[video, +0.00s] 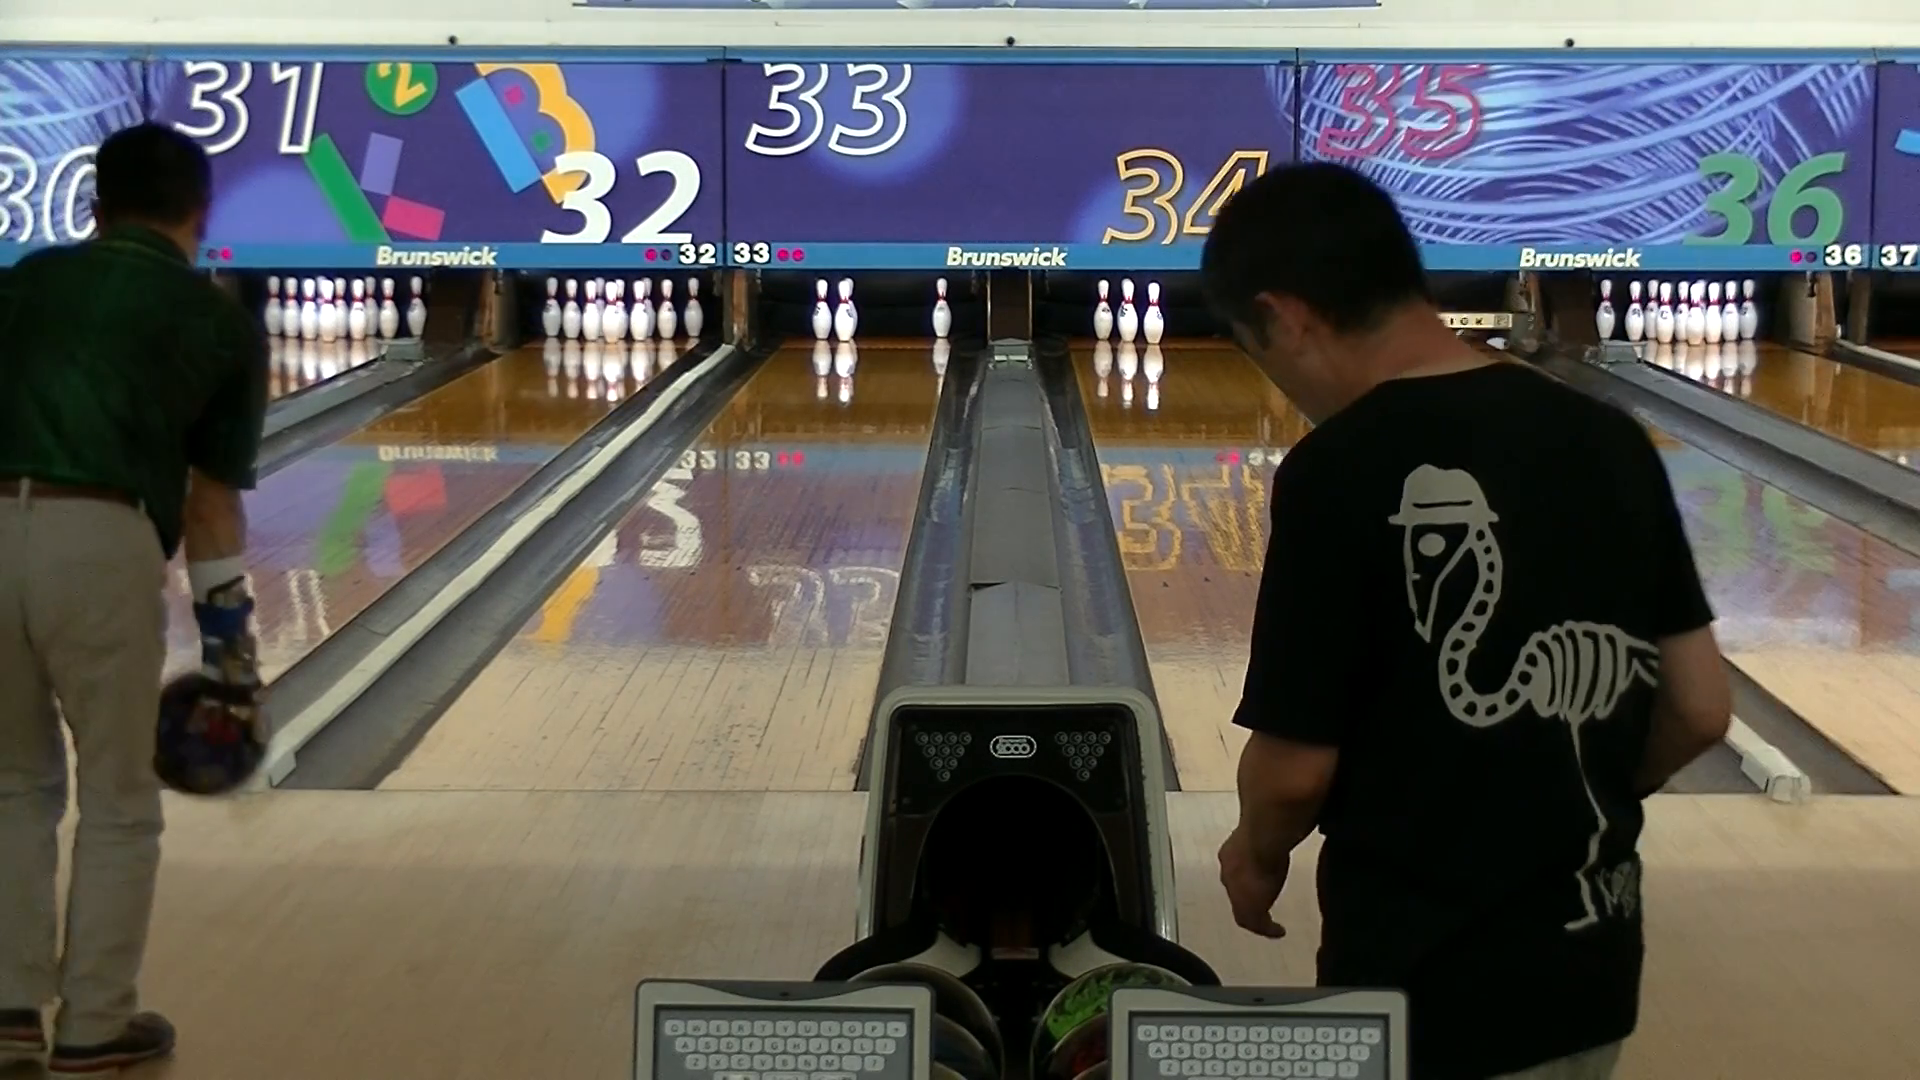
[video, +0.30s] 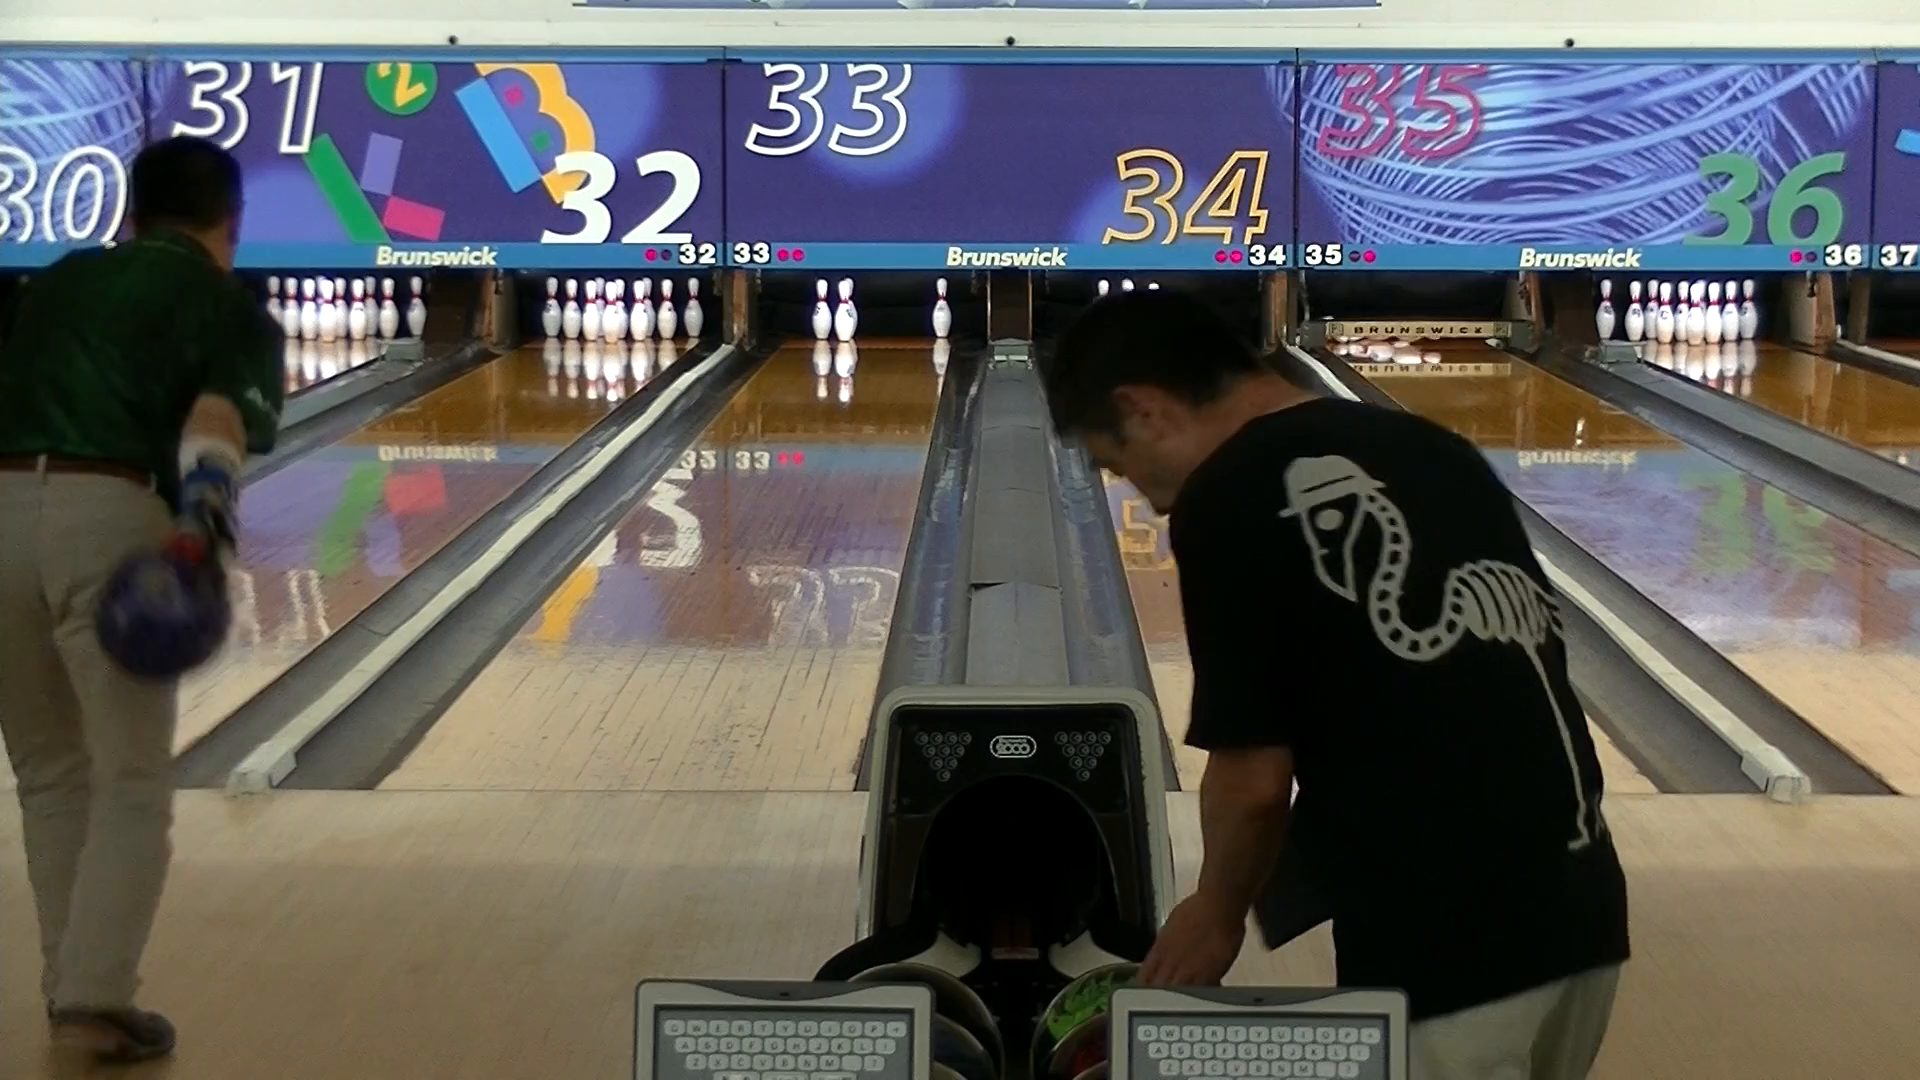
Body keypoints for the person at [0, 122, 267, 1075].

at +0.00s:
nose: (203, 228)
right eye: (203, 215)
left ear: (97, 209)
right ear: (193, 216)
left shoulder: (26, 278)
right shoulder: (210, 312)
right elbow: (211, 490)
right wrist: (227, 634)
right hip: (99, 545)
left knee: (17, 784)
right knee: (119, 798)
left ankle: (12, 1010)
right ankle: (94, 1021)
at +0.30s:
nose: (235, 242)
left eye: (230, 228)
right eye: (235, 228)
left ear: (132, 217)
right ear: (222, 224)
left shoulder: (55, 277)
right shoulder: (228, 303)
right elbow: (217, 417)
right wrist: (206, 512)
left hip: (4, 513)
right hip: (105, 515)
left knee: (47, 776)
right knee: (131, 777)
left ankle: (70, 991)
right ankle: (92, 1005)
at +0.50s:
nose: (255, 219)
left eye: (251, 206)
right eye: (254, 205)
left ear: (153, 196)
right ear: (241, 202)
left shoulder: (74, 264)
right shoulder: (252, 271)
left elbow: (2, 342)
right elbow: (226, 328)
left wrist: (38, 407)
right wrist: (151, 393)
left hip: (23, 500)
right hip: (145, 499)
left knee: (56, 759)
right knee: (179, 714)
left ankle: (75, 980)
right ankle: (148, 897)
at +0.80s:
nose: (308, 264)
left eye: (304, 251)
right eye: (307, 251)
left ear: (217, 241)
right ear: (295, 250)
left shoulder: (138, 281)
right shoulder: (295, 330)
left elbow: (21, 264)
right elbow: (248, 378)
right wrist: (163, 427)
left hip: (75, 515)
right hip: (185, 523)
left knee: (101, 714)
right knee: (189, 742)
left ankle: (90, 865)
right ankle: (143, 922)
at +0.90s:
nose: (323, 292)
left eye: (322, 280)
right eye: (324, 280)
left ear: (240, 264)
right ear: (315, 282)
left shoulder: (166, 295)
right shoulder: (307, 364)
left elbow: (47, 267)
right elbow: (261, 439)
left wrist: (4, 247)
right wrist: (239, 481)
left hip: (81, 538)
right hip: (184, 548)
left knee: (133, 705)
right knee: (190, 758)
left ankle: (137, 878)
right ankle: (146, 900)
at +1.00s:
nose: (345, 311)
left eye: (345, 299)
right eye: (345, 298)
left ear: (257, 285)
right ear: (337, 302)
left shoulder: (186, 314)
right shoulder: (325, 404)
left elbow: (78, 291)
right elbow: (285, 518)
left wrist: (5, 269)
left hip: (91, 548)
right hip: (194, 566)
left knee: (197, 684)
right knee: (179, 754)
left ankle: (209, 837)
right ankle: (142, 886)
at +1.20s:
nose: (368, 299)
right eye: (368, 290)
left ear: (284, 286)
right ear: (363, 299)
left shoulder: (232, 321)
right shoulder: (362, 410)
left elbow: (143, 352)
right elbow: (370, 561)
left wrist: (47, 382)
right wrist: (394, 672)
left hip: (135, 549)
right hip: (232, 575)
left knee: (253, 662)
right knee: (214, 738)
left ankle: (280, 806)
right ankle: (154, 835)